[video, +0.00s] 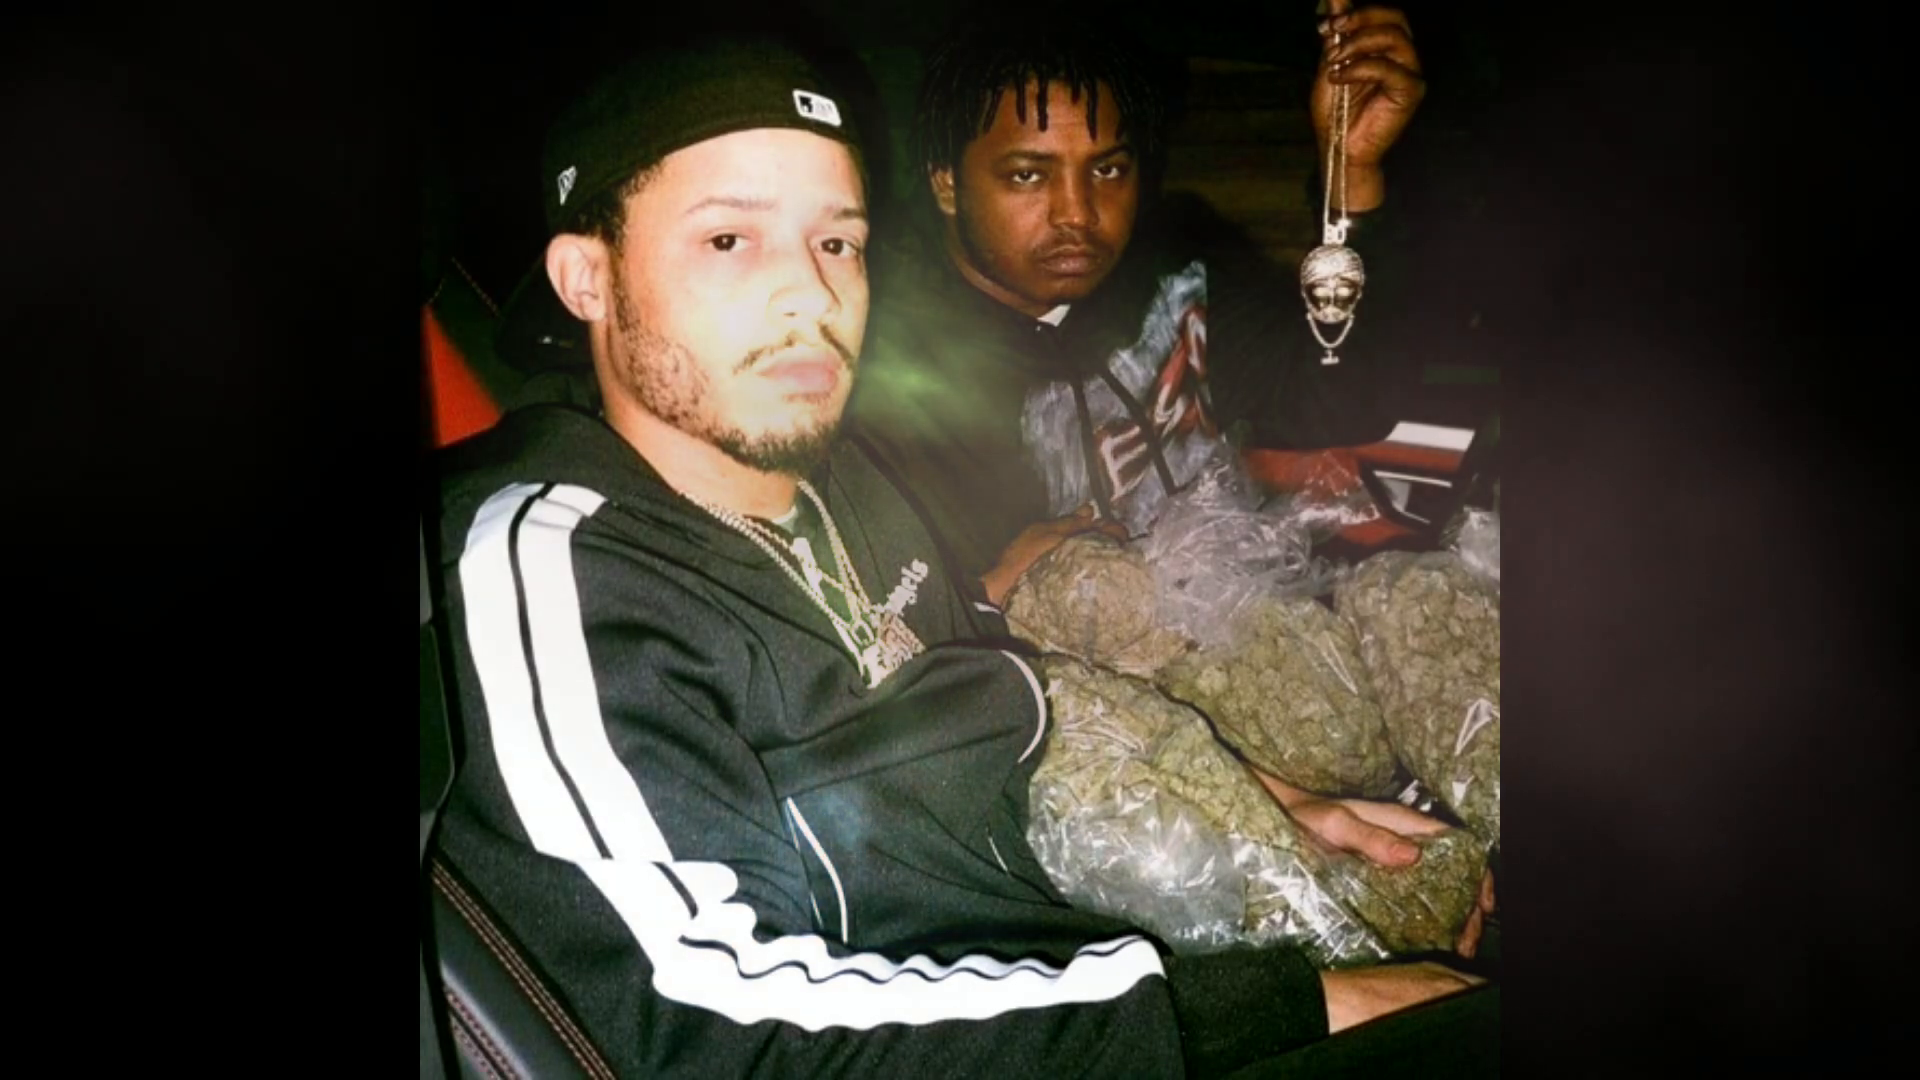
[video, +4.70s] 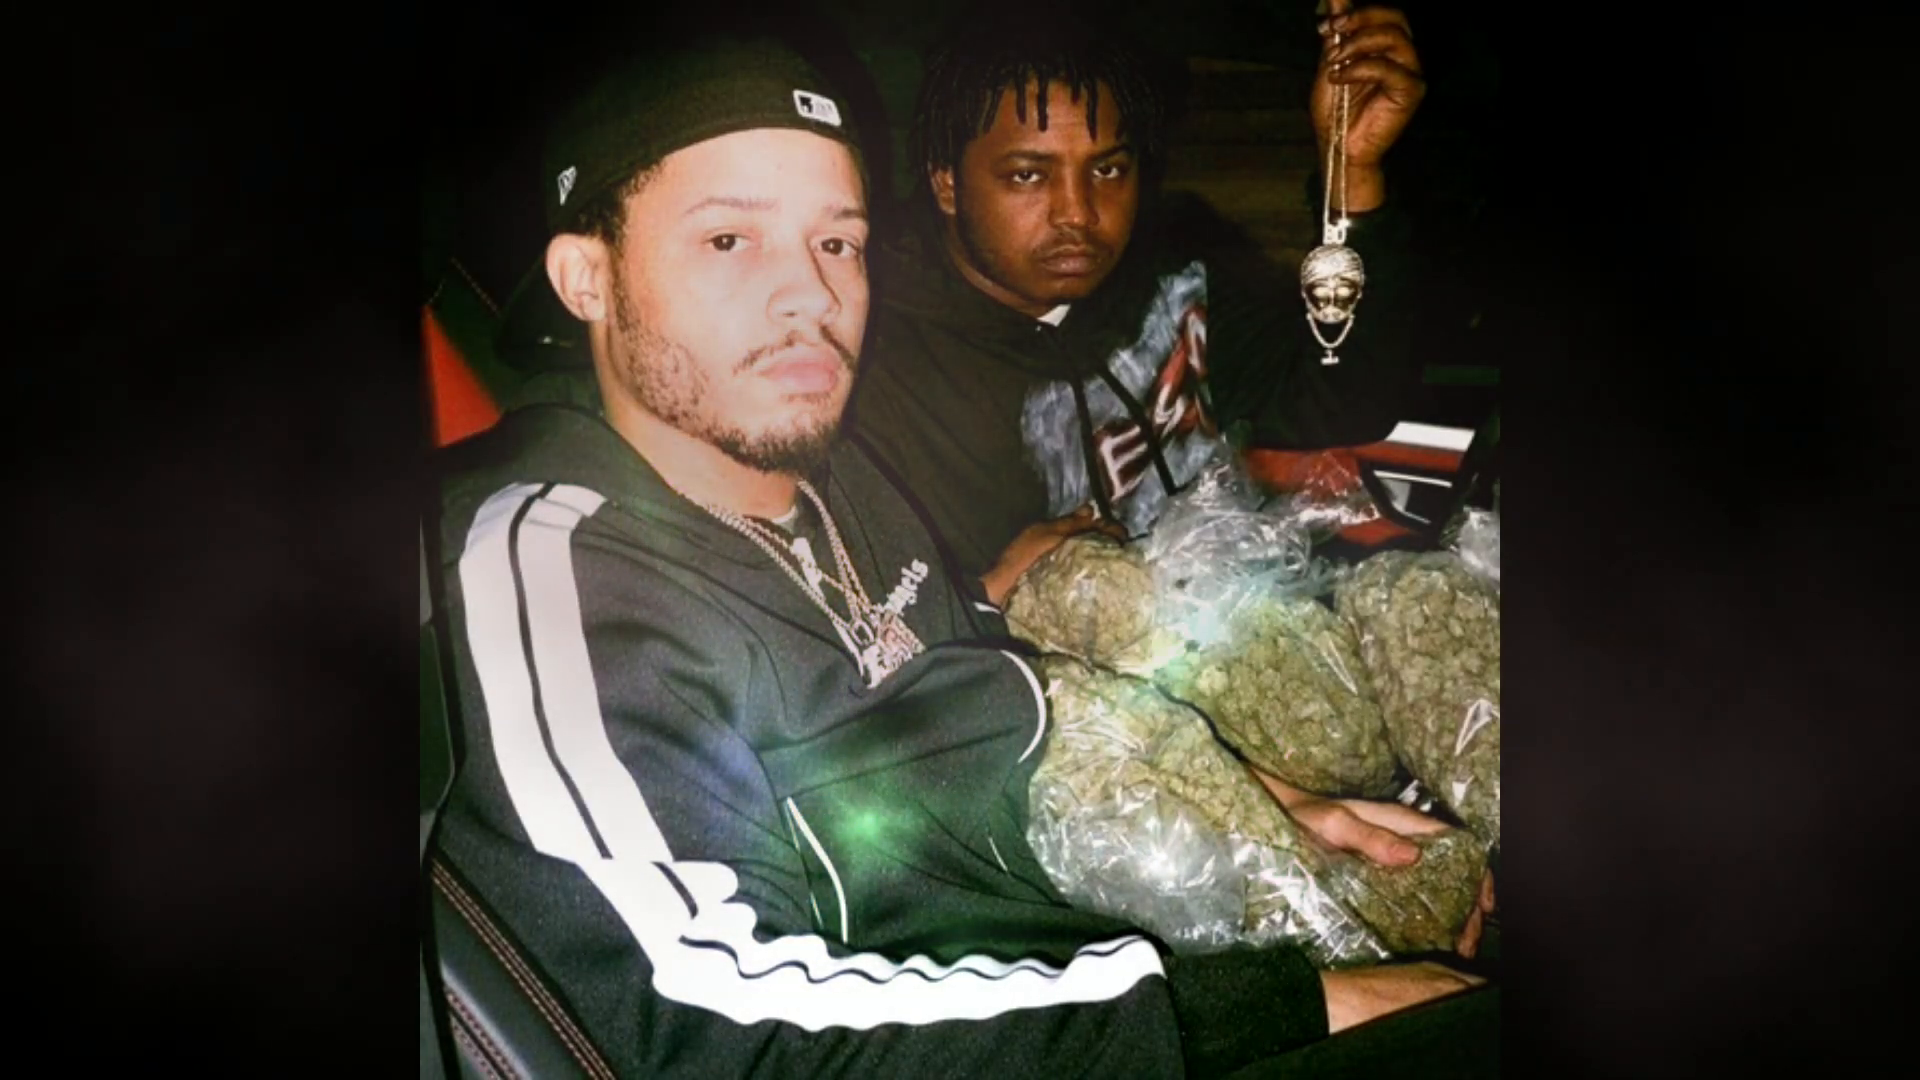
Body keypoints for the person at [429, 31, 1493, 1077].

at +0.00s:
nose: (811, 306)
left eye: (835, 249)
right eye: (730, 246)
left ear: (868, 268)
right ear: (589, 283)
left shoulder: (842, 484)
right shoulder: (530, 550)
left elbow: (1012, 738)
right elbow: (706, 1014)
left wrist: (1267, 817)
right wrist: (1276, 1008)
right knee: (1479, 1006)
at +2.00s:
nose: (810, 303)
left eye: (835, 249)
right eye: (729, 244)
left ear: (866, 269)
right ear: (588, 282)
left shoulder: (828, 482)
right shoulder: (536, 552)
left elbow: (1010, 745)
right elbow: (707, 1019)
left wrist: (1267, 820)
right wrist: (1278, 1008)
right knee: (1489, 1006)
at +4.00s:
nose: (812, 303)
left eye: (837, 249)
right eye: (729, 244)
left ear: (869, 267)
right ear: (587, 281)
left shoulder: (827, 488)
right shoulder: (534, 550)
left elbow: (1006, 736)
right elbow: (703, 1017)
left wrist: (1268, 819)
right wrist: (1275, 1008)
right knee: (1481, 1010)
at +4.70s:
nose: (815, 308)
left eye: (837, 249)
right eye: (731, 247)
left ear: (869, 263)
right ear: (588, 281)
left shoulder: (830, 482)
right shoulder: (534, 559)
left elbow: (1009, 750)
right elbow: (701, 1016)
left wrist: (1265, 825)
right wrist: (1270, 1009)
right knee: (1475, 1006)